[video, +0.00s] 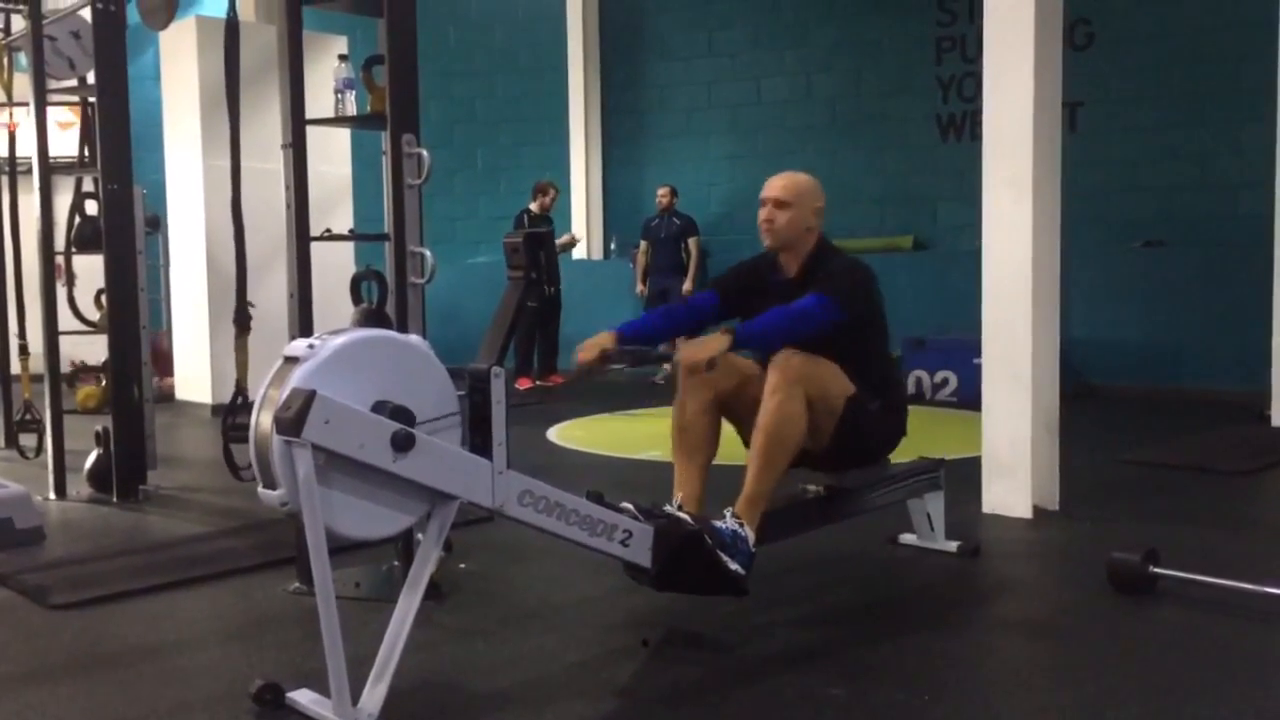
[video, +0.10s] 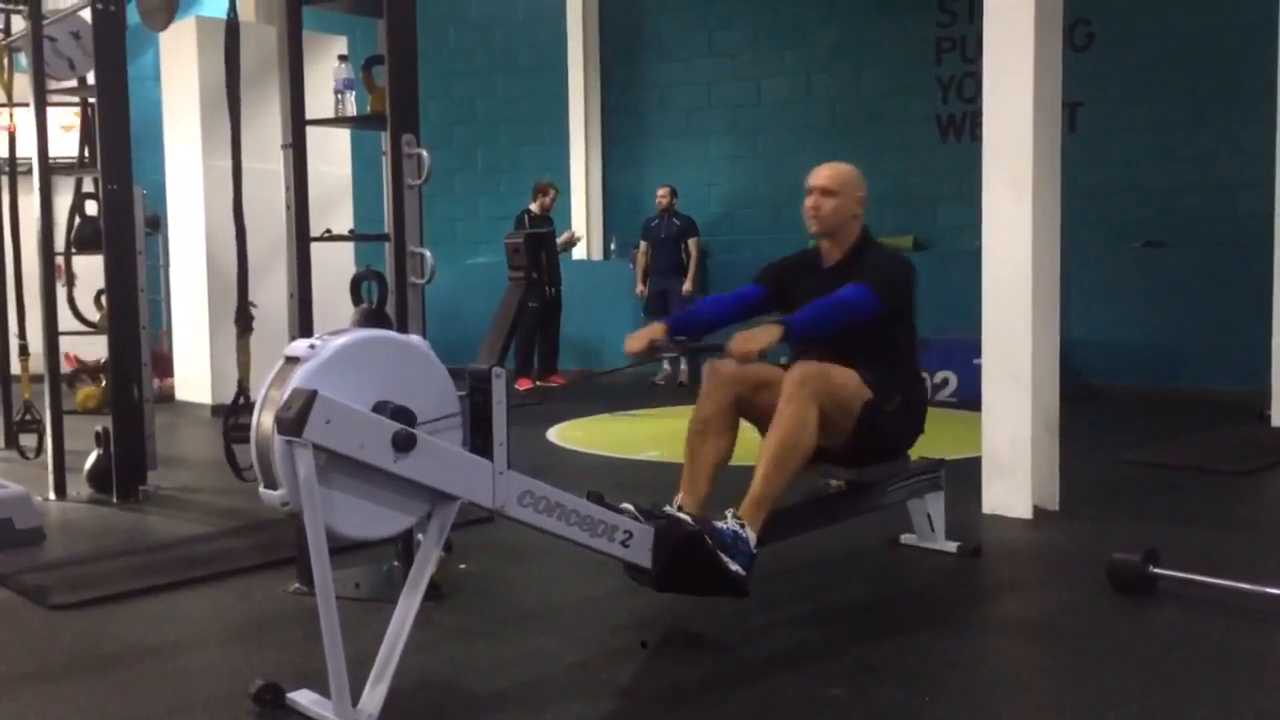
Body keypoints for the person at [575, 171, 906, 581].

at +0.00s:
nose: (766, 215)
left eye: (780, 206)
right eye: (763, 205)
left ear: (814, 216)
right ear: (757, 213)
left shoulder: (849, 276)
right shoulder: (758, 273)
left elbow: (804, 318)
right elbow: (694, 311)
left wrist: (729, 336)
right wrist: (616, 337)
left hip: (862, 430)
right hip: (791, 431)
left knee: (789, 365)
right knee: (698, 367)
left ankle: (742, 531)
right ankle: (684, 515)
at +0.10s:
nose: (812, 203)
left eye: (826, 195)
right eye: (809, 194)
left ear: (858, 207)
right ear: (804, 202)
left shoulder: (889, 268)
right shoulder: (795, 269)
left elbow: (845, 307)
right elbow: (736, 304)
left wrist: (780, 329)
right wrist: (665, 327)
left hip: (883, 419)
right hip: (810, 416)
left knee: (805, 378)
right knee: (720, 376)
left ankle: (744, 533)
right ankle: (685, 514)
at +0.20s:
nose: (857, 200)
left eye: (870, 191)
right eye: (853, 191)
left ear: (899, 204)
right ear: (847, 199)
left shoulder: (925, 266)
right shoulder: (830, 268)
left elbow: (887, 306)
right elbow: (777, 305)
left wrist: (827, 328)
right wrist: (712, 330)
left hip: (904, 407)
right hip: (829, 398)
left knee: (820, 398)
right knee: (741, 392)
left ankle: (745, 535)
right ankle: (685, 515)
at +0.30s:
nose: (894, 204)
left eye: (907, 196)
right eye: (890, 195)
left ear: (937, 207)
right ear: (885, 204)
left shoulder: (958, 268)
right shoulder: (863, 271)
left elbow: (937, 311)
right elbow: (813, 316)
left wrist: (874, 326)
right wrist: (760, 333)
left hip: (919, 398)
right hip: (855, 388)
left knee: (830, 418)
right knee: (763, 409)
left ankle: (747, 533)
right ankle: (683, 516)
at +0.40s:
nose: (926, 219)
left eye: (939, 212)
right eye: (922, 211)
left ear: (966, 224)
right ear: (915, 221)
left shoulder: (990, 285)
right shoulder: (891, 284)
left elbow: (978, 336)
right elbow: (850, 335)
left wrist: (924, 333)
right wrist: (810, 340)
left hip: (930, 397)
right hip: (871, 383)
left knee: (840, 438)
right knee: (793, 429)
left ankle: (750, 528)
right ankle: (689, 512)